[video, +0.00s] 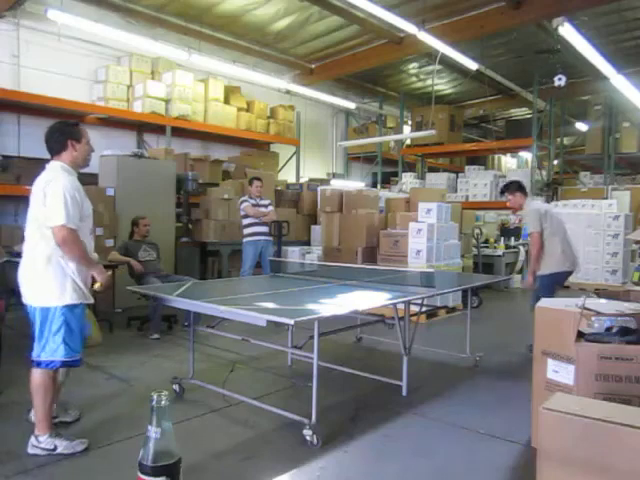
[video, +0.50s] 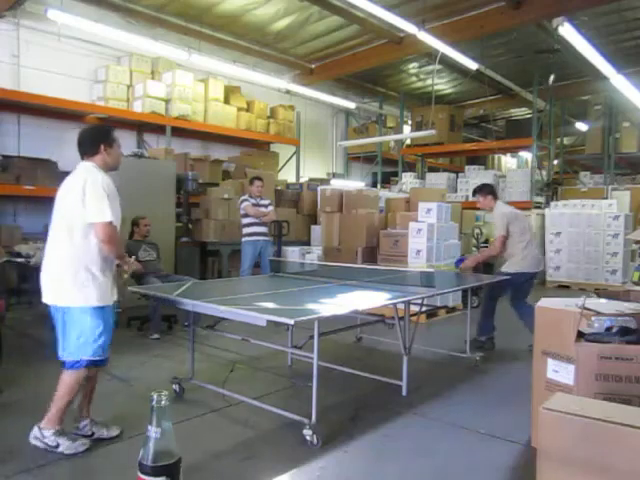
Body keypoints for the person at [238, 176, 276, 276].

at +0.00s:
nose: (259, 189)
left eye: (260, 187)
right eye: (256, 187)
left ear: (262, 188)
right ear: (250, 188)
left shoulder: (267, 201)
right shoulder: (244, 200)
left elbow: (273, 216)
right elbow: (251, 212)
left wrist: (259, 217)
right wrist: (266, 213)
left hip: (267, 239)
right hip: (251, 239)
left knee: (268, 269)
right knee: (247, 270)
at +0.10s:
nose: (259, 189)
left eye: (260, 187)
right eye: (256, 187)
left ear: (262, 188)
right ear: (250, 188)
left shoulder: (267, 201)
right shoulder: (244, 200)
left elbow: (273, 216)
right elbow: (251, 212)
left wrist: (259, 217)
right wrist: (266, 213)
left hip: (267, 239)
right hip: (251, 239)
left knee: (268, 269)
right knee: (247, 270)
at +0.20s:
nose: (259, 189)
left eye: (260, 187)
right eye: (256, 187)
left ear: (262, 188)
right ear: (250, 188)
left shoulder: (267, 201)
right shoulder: (244, 200)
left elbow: (273, 216)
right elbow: (251, 212)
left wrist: (259, 217)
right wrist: (266, 213)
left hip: (267, 239)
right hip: (251, 239)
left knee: (268, 269)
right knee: (247, 270)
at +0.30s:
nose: (259, 189)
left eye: (260, 187)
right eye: (256, 187)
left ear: (262, 188)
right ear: (250, 188)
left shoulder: (267, 201)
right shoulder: (244, 200)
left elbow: (273, 216)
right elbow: (251, 212)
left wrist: (259, 217)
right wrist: (266, 212)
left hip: (266, 239)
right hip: (251, 239)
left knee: (268, 269)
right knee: (247, 270)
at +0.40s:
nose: (259, 189)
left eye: (260, 187)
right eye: (256, 187)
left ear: (262, 188)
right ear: (250, 188)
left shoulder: (267, 201)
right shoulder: (244, 200)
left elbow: (273, 216)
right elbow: (251, 212)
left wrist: (259, 217)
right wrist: (266, 213)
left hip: (266, 239)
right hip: (250, 239)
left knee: (267, 269)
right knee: (247, 270)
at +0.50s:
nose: (259, 189)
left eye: (261, 187)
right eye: (257, 186)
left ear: (263, 188)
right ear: (250, 187)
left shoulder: (266, 201)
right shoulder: (244, 199)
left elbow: (273, 216)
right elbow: (251, 212)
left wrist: (259, 217)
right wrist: (266, 213)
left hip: (265, 238)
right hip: (249, 238)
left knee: (266, 268)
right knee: (246, 269)